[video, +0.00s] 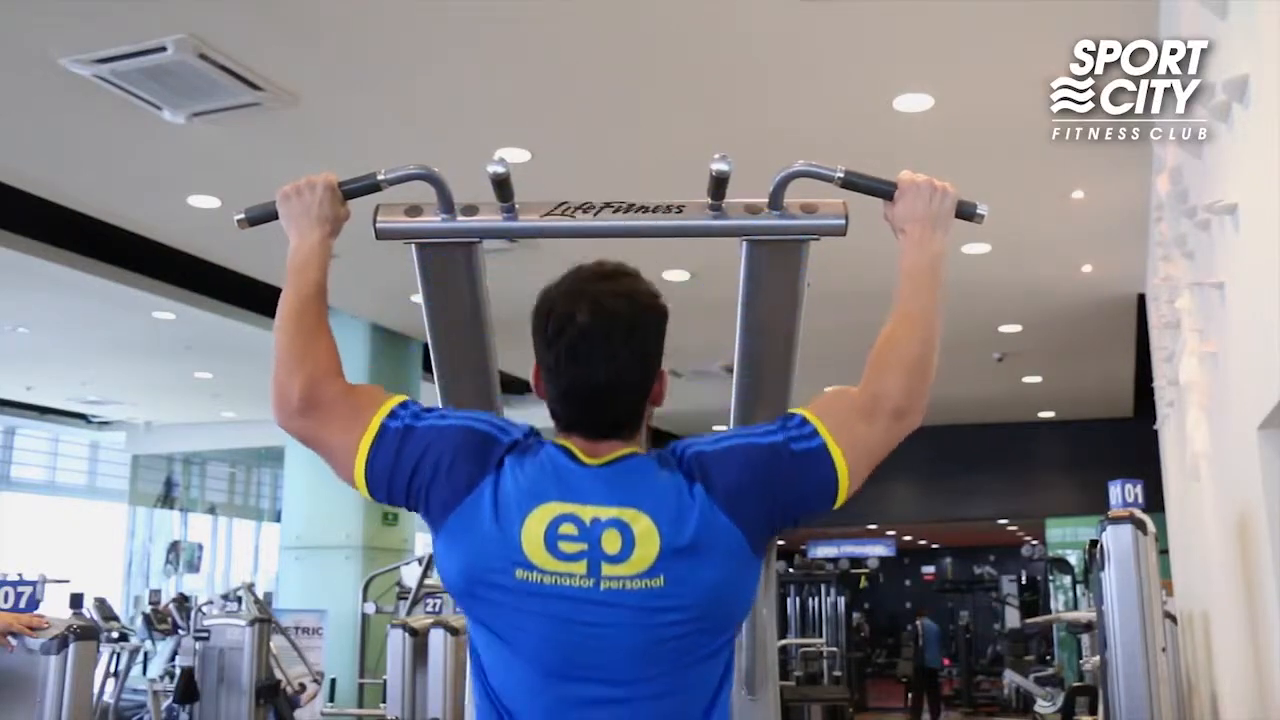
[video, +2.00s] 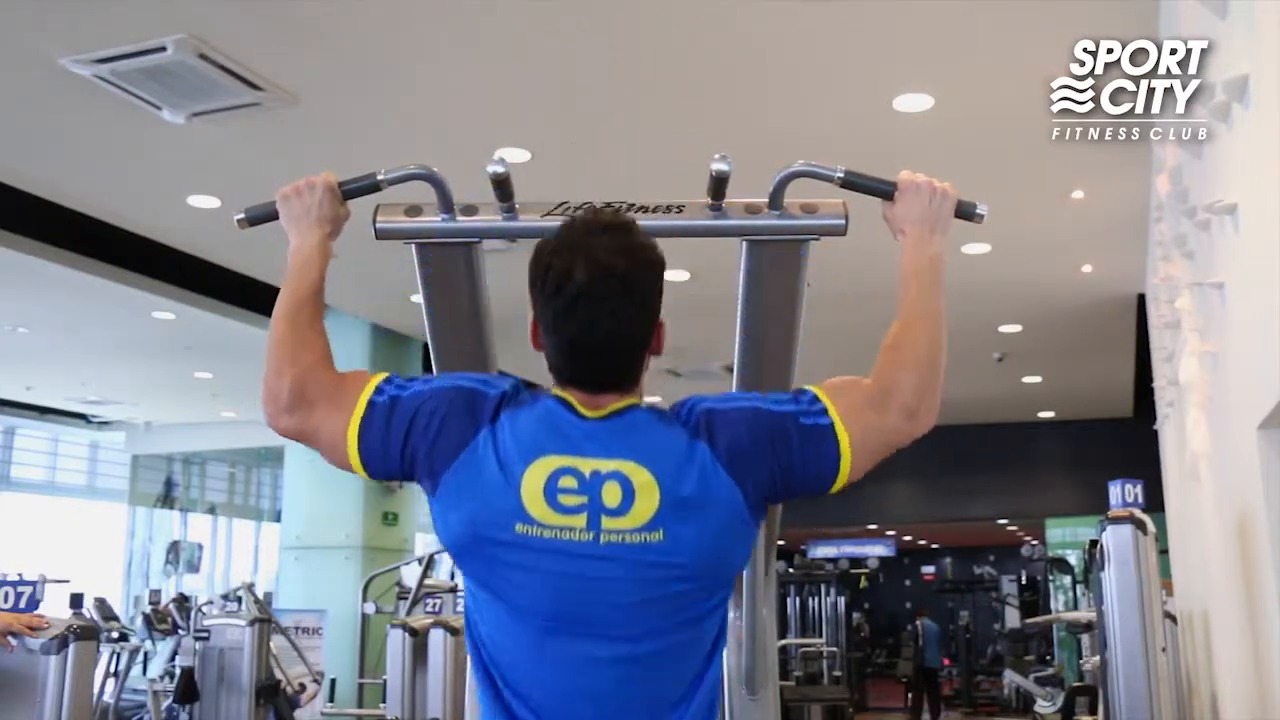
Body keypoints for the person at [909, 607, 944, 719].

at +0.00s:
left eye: (917, 616)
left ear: (917, 615)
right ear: (927, 615)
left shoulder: (917, 626)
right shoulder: (935, 626)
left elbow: (917, 644)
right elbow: (938, 645)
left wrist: (914, 659)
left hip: (921, 664)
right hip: (934, 664)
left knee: (918, 692)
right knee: (933, 692)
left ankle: (916, 714)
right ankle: (935, 715)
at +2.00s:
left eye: (917, 616)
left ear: (917, 615)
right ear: (927, 615)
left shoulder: (917, 625)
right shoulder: (935, 626)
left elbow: (917, 644)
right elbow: (938, 645)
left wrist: (914, 658)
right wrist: (938, 659)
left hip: (921, 664)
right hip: (934, 664)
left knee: (917, 692)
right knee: (933, 692)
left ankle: (916, 715)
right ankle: (935, 715)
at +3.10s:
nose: (915, 618)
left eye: (916, 615)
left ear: (917, 615)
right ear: (928, 614)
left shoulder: (917, 626)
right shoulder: (935, 627)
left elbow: (917, 644)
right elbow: (938, 645)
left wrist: (914, 659)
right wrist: (938, 659)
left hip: (921, 663)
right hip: (934, 664)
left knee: (918, 692)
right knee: (934, 692)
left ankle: (916, 715)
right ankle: (935, 715)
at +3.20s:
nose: (916, 618)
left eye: (916, 616)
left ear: (917, 615)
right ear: (928, 614)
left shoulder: (917, 625)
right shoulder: (935, 627)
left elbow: (917, 644)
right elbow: (938, 645)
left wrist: (914, 659)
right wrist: (938, 659)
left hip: (920, 664)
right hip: (934, 664)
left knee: (918, 692)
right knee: (933, 692)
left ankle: (916, 715)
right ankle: (935, 715)